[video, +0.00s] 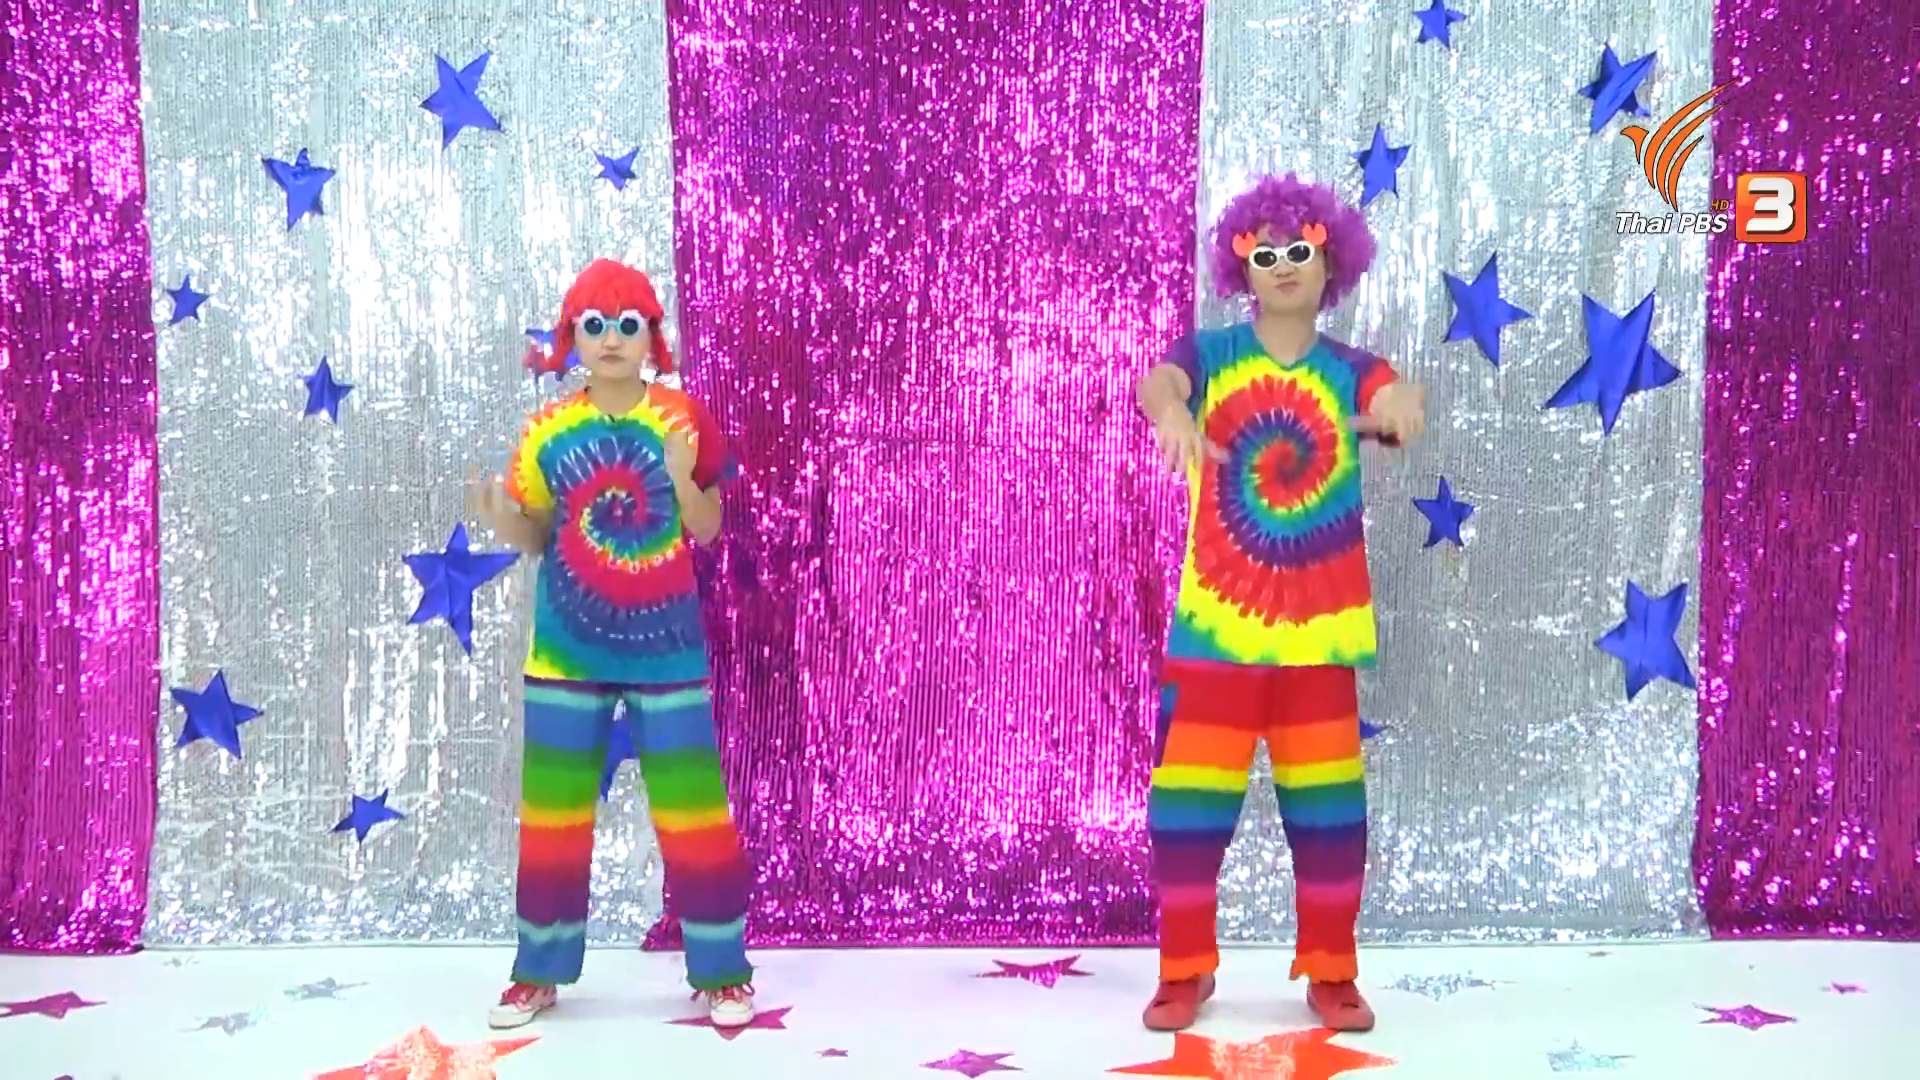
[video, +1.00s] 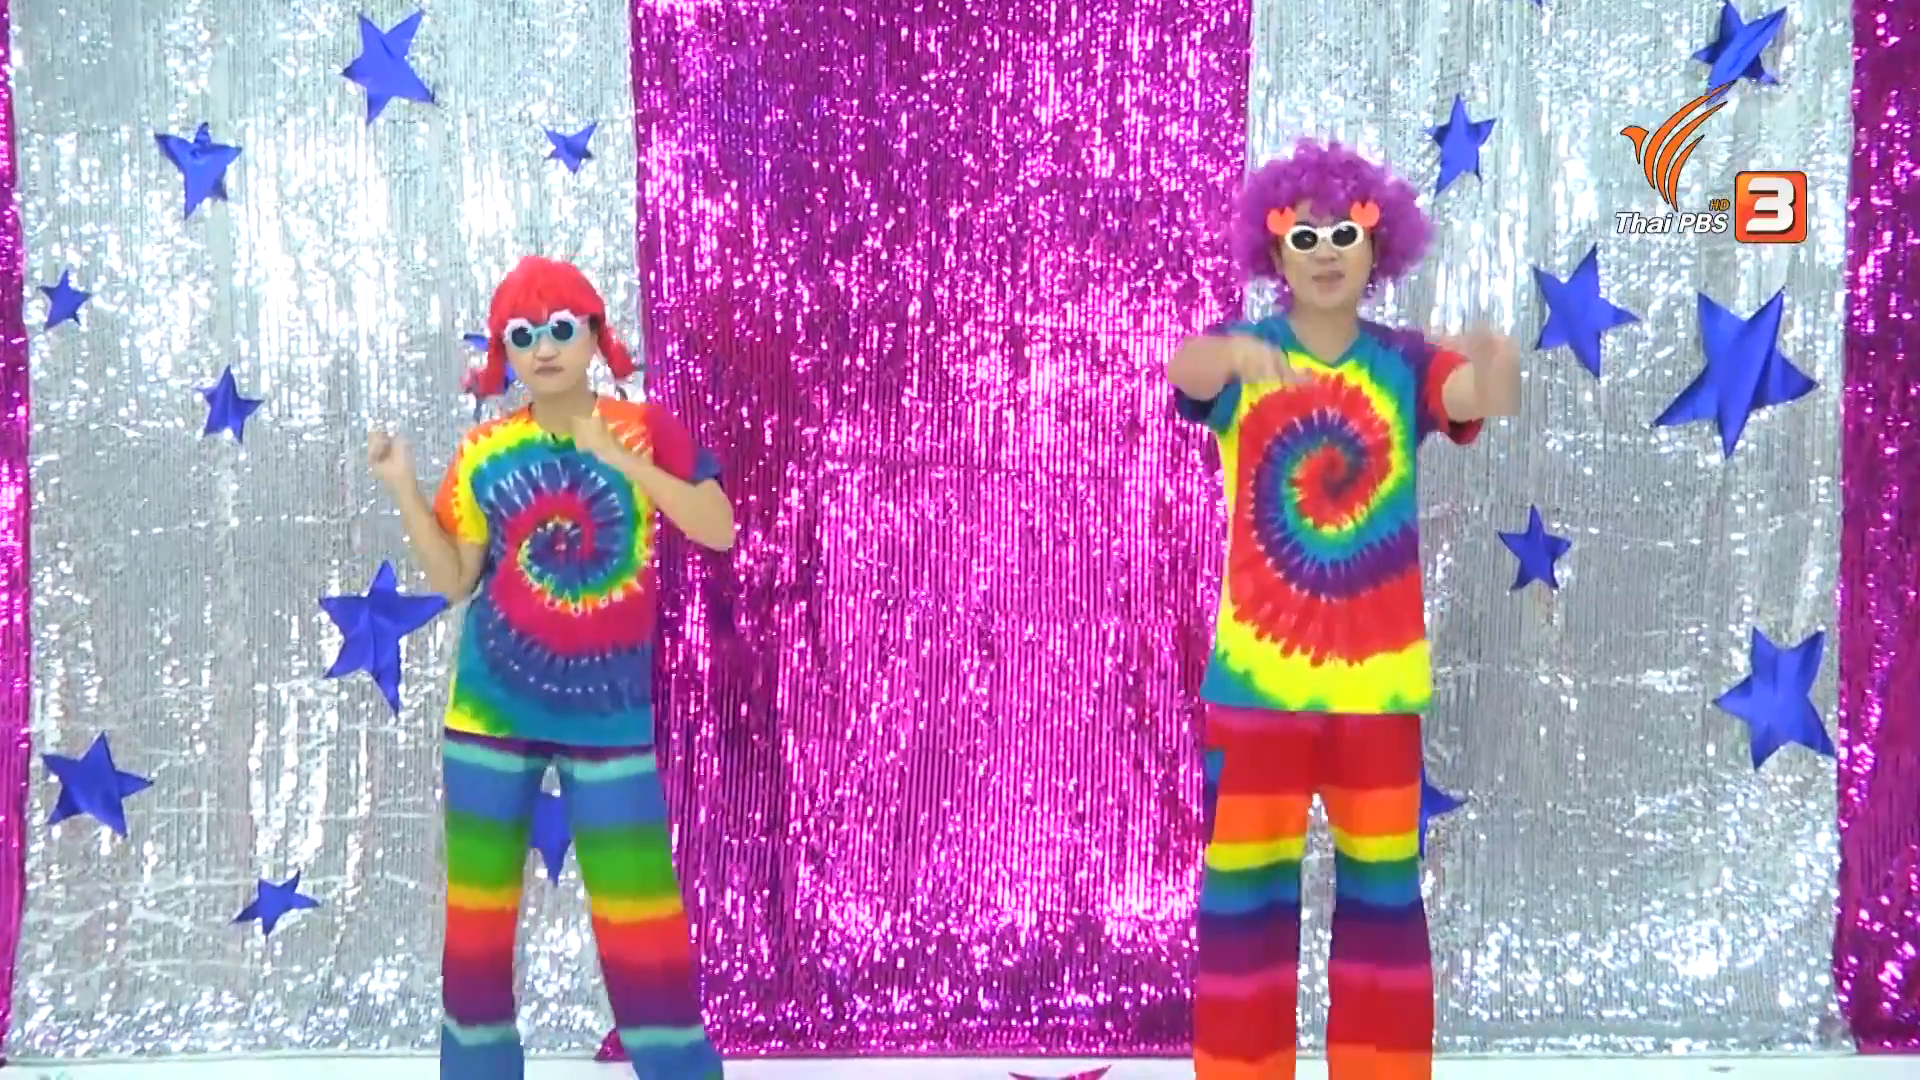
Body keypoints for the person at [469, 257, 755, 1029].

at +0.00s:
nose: (612, 339)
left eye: (629, 324)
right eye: (595, 325)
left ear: (652, 338)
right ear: (573, 339)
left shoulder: (682, 417)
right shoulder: (550, 428)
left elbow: (707, 529)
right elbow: (535, 535)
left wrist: (682, 475)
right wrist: (502, 511)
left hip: (669, 650)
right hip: (567, 650)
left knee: (695, 812)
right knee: (550, 812)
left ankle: (721, 974)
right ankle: (539, 972)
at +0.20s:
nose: (599, 349)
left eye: (617, 333)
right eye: (582, 335)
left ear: (642, 348)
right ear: (559, 350)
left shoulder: (680, 423)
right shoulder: (537, 446)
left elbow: (710, 526)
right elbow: (528, 555)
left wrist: (688, 530)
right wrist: (513, 557)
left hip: (650, 668)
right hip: (549, 662)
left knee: (657, 833)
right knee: (527, 831)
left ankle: (711, 991)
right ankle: (524, 987)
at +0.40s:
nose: (609, 334)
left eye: (626, 319)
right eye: (591, 320)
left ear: (652, 334)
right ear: (566, 333)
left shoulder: (676, 422)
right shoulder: (529, 425)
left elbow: (697, 538)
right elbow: (509, 542)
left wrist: (744, 506)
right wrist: (569, 520)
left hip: (670, 663)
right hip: (564, 664)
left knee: (683, 833)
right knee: (534, 832)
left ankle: (706, 1002)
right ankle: (515, 1004)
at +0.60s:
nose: (611, 350)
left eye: (628, 334)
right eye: (592, 336)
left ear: (654, 349)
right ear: (567, 353)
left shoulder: (677, 442)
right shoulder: (528, 436)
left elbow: (694, 567)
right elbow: (500, 556)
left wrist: (735, 477)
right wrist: (545, 474)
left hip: (679, 680)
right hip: (571, 687)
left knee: (697, 856)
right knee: (545, 859)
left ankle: (710, 1028)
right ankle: (509, 1030)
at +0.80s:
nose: (581, 335)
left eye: (598, 317)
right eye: (560, 320)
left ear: (626, 333)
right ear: (536, 337)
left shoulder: (670, 429)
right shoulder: (504, 435)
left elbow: (698, 557)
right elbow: (485, 561)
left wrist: (686, 553)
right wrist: (441, 590)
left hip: (648, 680)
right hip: (534, 683)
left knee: (680, 866)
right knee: (517, 869)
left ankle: (703, 1054)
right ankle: (495, 1054)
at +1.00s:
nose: (543, 351)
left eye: (561, 331)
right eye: (523, 336)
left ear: (595, 340)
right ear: (504, 353)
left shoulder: (644, 430)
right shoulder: (484, 452)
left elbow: (719, 526)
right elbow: (452, 578)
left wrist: (622, 460)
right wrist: (405, 489)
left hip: (612, 708)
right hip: (492, 708)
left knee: (642, 916)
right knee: (477, 917)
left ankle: (677, 1071)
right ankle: (477, 1072)